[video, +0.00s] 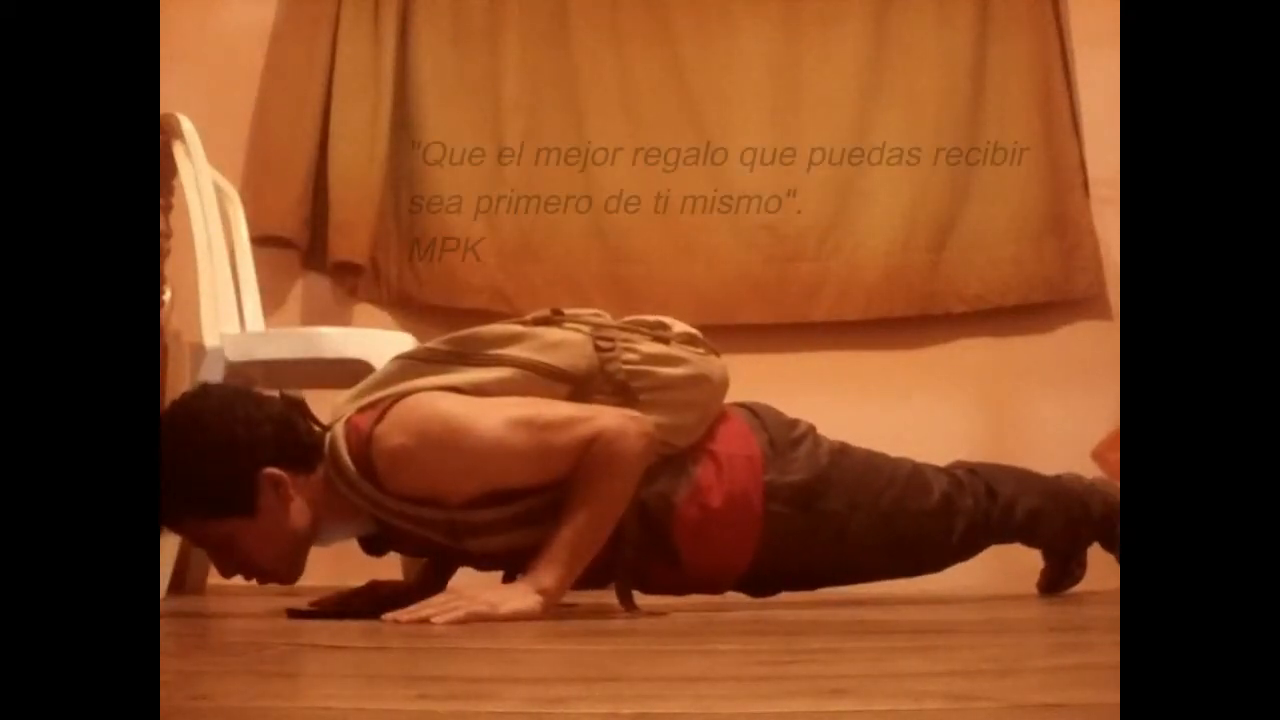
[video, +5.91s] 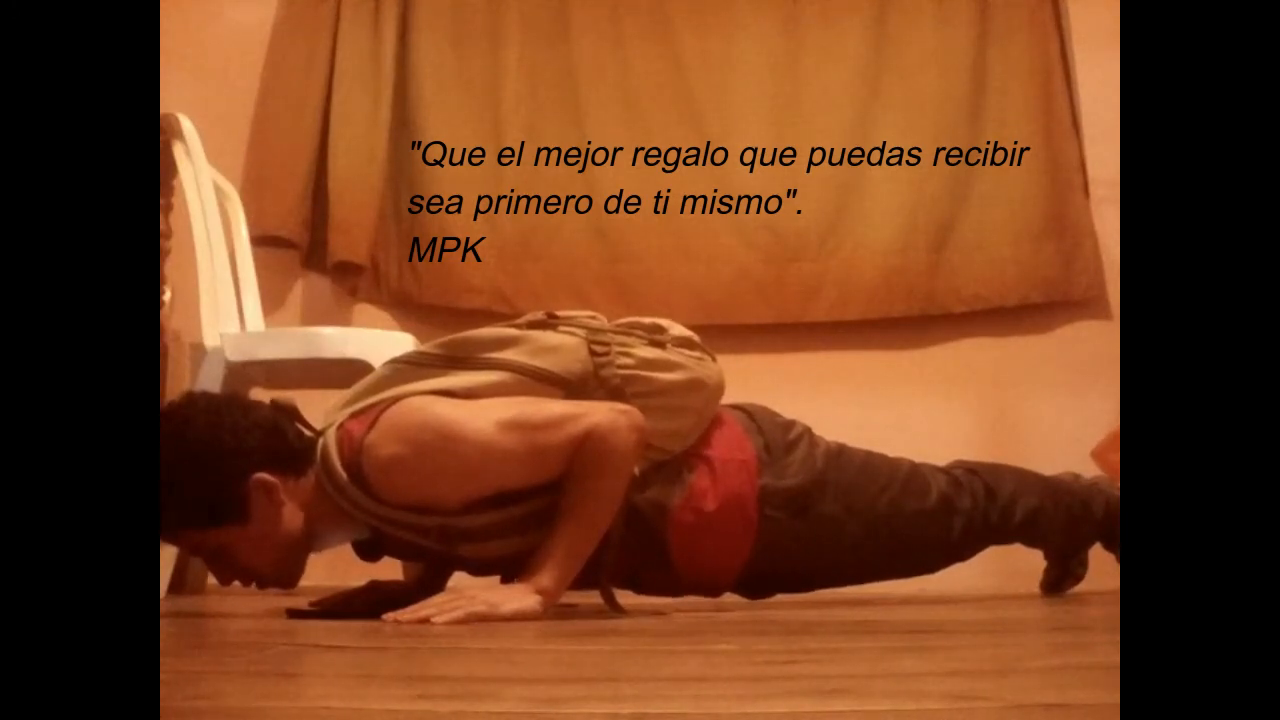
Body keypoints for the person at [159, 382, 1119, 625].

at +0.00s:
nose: (221, 567)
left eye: (219, 544)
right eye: (204, 552)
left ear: (277, 489)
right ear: (272, 482)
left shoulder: (411, 446)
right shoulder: (358, 454)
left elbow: (618, 441)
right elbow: (466, 540)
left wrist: (538, 588)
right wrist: (383, 588)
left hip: (743, 492)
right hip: (712, 504)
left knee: (946, 509)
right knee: (924, 508)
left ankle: (1094, 505)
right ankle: (1073, 506)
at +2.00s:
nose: (225, 573)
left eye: (220, 549)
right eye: (207, 559)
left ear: (275, 491)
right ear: (270, 483)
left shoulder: (405, 448)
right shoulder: (356, 457)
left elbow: (616, 438)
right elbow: (462, 538)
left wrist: (538, 587)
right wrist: (394, 585)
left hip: (740, 488)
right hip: (710, 502)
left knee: (944, 508)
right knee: (922, 507)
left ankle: (1094, 504)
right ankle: (1072, 506)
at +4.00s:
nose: (220, 573)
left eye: (214, 548)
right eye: (201, 559)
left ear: (267, 489)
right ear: (263, 481)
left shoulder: (400, 448)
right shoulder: (354, 461)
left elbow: (613, 437)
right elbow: (454, 548)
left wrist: (538, 588)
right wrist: (376, 592)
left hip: (739, 491)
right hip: (712, 502)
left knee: (944, 508)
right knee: (923, 506)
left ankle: (1091, 504)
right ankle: (1075, 503)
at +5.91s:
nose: (219, 576)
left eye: (212, 551)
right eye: (200, 560)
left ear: (265, 494)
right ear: (262, 484)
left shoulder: (396, 452)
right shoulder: (354, 461)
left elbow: (610, 438)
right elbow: (478, 536)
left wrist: (539, 588)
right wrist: (381, 589)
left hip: (735, 496)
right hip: (708, 504)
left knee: (945, 509)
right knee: (925, 508)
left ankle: (1094, 506)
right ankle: (1076, 507)